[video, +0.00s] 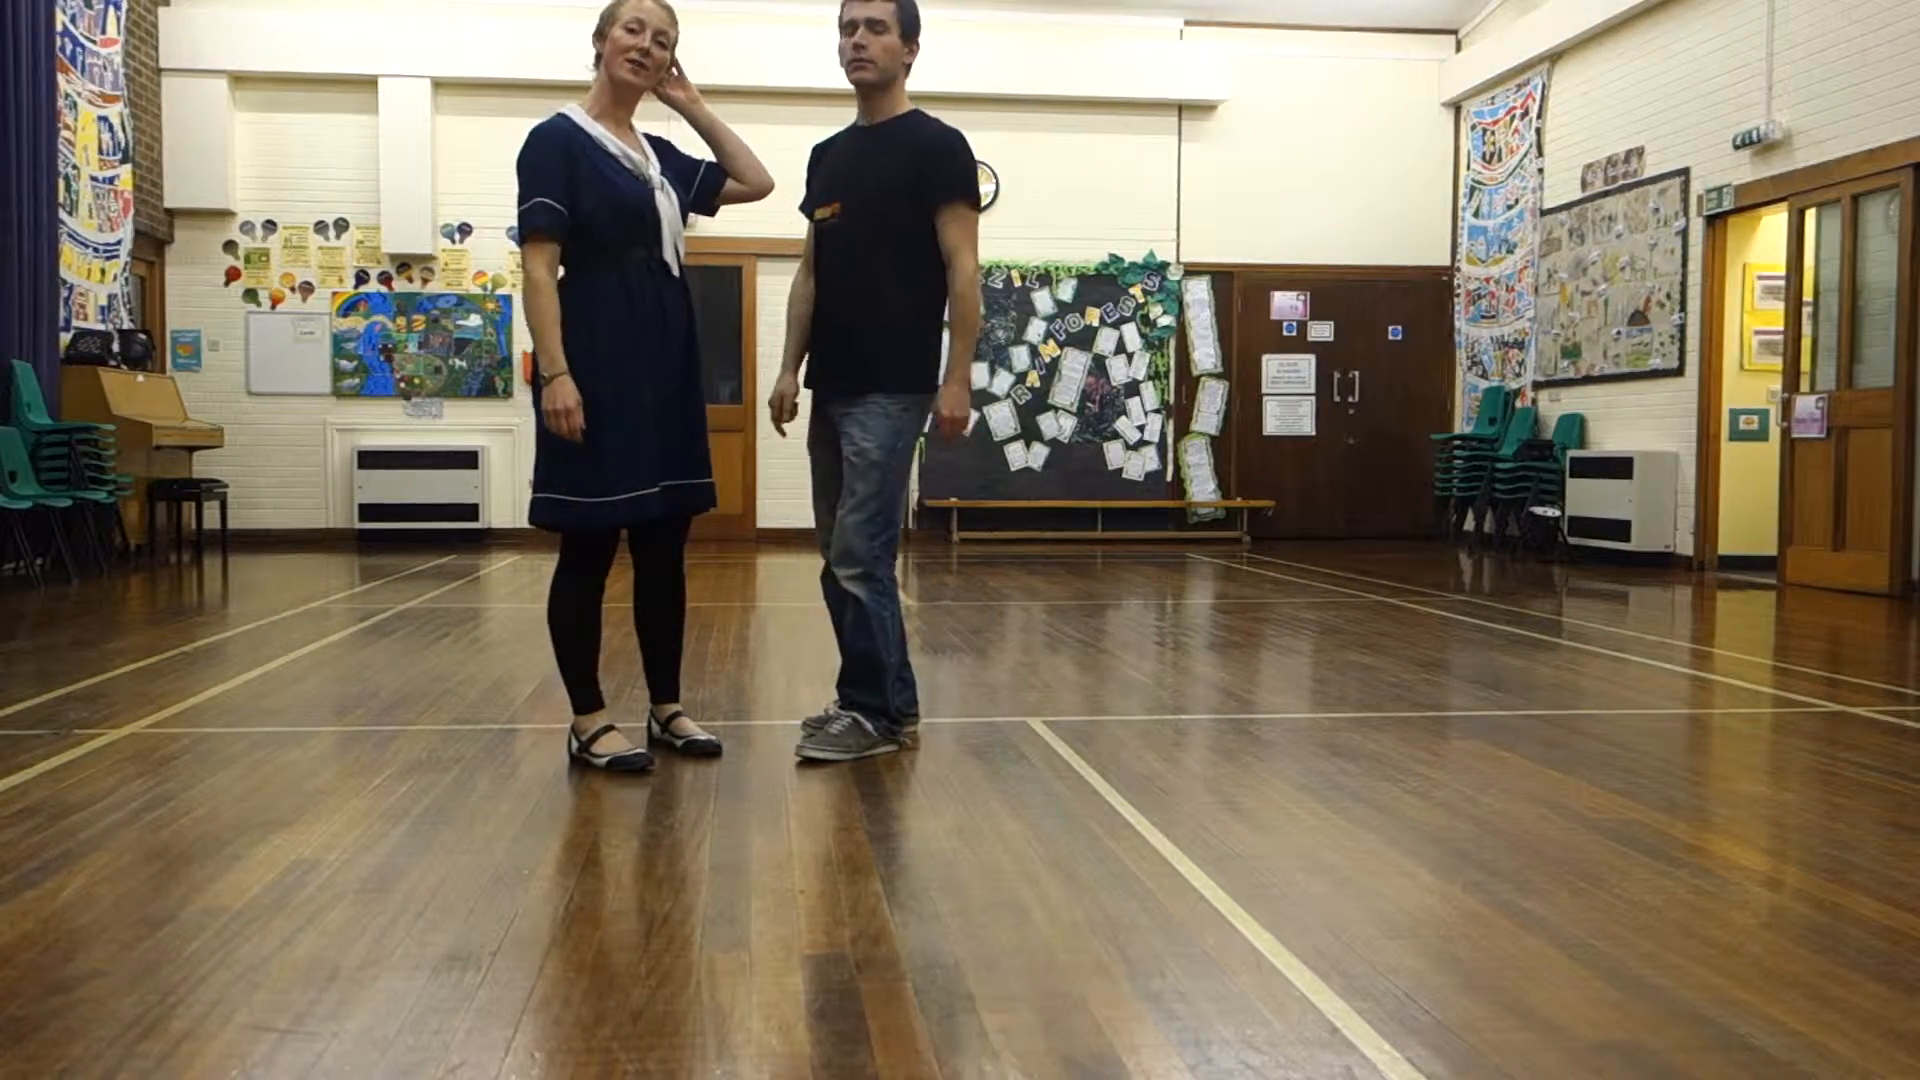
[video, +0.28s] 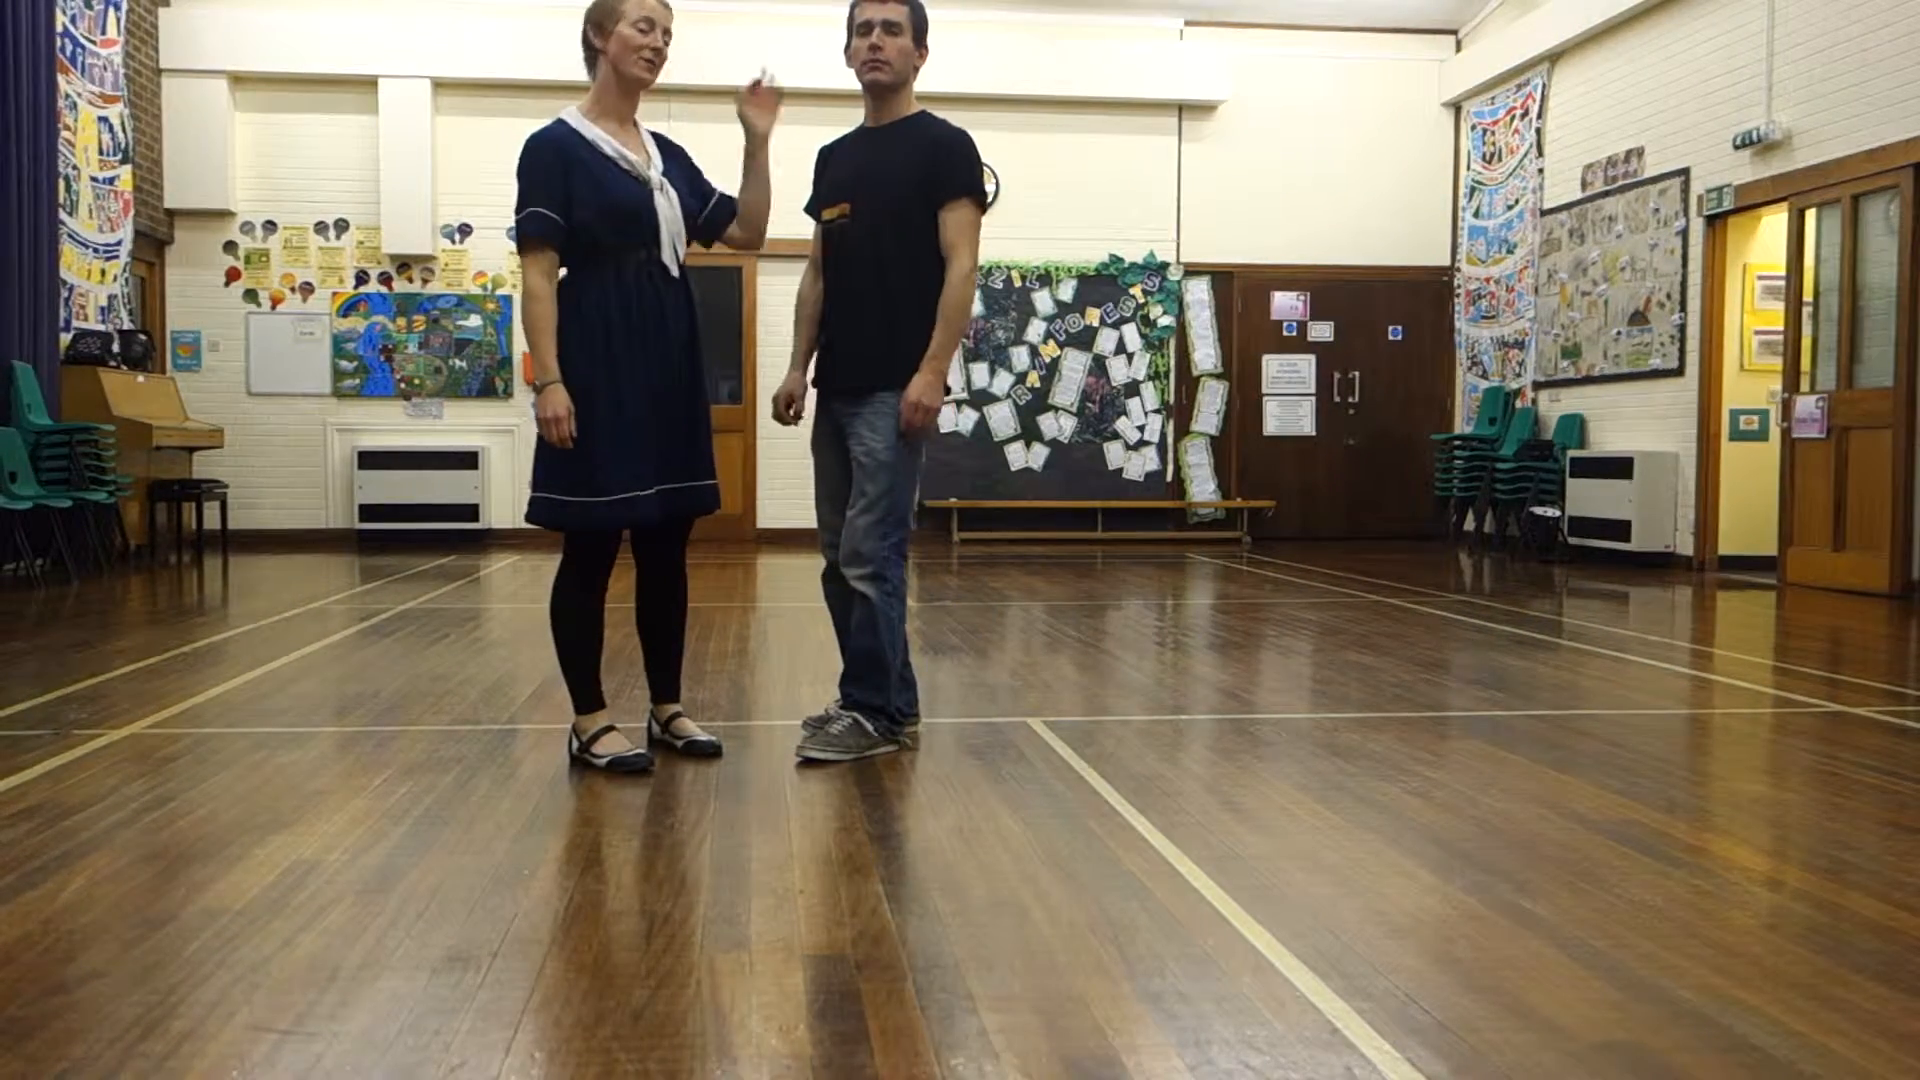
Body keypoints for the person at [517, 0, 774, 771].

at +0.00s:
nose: (646, 45)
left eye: (661, 40)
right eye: (634, 29)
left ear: (668, 65)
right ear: (598, 43)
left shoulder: (658, 152)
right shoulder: (556, 139)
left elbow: (753, 179)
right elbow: (537, 265)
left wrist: (687, 99)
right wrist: (555, 374)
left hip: (666, 384)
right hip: (591, 382)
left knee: (662, 548)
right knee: (586, 552)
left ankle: (667, 710)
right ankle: (589, 725)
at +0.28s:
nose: (657, 43)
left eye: (666, 35)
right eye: (644, 28)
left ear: (666, 53)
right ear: (598, 36)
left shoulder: (665, 153)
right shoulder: (555, 146)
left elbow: (748, 230)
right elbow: (537, 271)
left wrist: (758, 136)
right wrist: (548, 381)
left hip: (670, 384)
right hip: (593, 383)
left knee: (665, 546)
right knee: (589, 550)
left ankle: (667, 711)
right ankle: (590, 724)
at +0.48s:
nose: (664, 30)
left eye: (660, 20)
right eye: (647, 20)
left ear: (633, 42)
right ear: (606, 38)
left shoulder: (667, 151)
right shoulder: (562, 147)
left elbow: (678, 264)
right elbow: (549, 279)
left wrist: (731, 243)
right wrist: (562, 386)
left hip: (667, 385)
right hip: (594, 383)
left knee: (664, 545)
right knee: (587, 550)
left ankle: (668, 709)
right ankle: (590, 724)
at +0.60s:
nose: (662, 27)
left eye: (656, 15)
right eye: (644, 17)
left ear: (628, 41)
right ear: (605, 38)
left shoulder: (659, 148)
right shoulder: (569, 144)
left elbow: (659, 251)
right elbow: (560, 281)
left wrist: (709, 253)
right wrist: (576, 389)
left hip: (665, 386)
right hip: (598, 385)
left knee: (660, 547)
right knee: (587, 554)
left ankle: (668, 712)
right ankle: (589, 725)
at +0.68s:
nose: (662, 27)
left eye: (655, 15)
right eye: (644, 17)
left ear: (626, 41)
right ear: (605, 39)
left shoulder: (647, 144)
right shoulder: (575, 142)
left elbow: (653, 245)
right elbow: (566, 279)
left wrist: (705, 250)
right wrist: (588, 387)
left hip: (660, 385)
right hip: (598, 386)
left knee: (657, 547)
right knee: (588, 554)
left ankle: (668, 712)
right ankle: (589, 725)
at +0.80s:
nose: (661, 31)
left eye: (655, 20)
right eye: (644, 22)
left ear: (622, 44)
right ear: (606, 43)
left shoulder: (635, 139)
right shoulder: (581, 140)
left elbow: (653, 231)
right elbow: (581, 277)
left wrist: (708, 241)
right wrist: (611, 384)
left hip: (656, 379)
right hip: (596, 381)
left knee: (654, 545)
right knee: (587, 552)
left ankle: (667, 709)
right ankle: (590, 725)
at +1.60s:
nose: (626, 56)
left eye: (631, 42)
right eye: (606, 47)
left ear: (640, 52)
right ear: (573, 64)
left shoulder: (647, 156)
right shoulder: (555, 155)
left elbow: (652, 271)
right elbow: (543, 286)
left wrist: (707, 237)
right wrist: (546, 389)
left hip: (649, 390)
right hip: (578, 391)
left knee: (682, 535)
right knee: (576, 547)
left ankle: (647, 703)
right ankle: (588, 725)